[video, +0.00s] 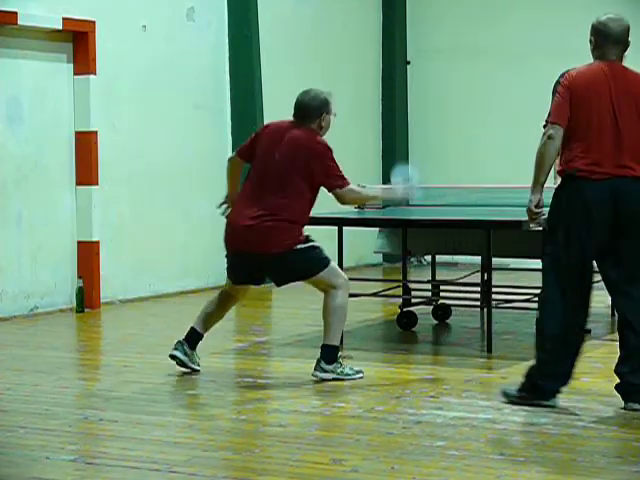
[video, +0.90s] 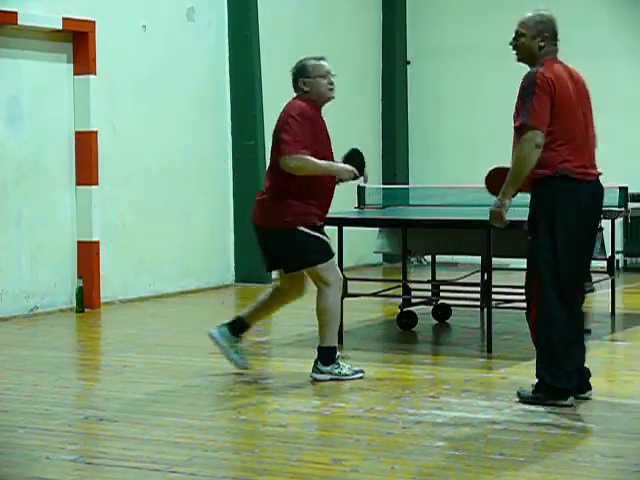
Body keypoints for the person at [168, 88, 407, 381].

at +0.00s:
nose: (331, 121)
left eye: (331, 115)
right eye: (330, 115)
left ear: (297, 113)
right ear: (322, 119)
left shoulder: (268, 131)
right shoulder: (317, 147)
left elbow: (236, 160)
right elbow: (346, 195)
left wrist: (232, 196)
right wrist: (380, 195)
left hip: (238, 236)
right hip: (279, 240)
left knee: (232, 290)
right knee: (338, 285)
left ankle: (187, 345)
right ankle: (329, 362)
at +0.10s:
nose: (331, 111)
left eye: (330, 105)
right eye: (330, 106)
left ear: (298, 107)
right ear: (322, 111)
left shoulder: (271, 124)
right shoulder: (318, 139)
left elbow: (234, 155)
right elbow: (326, 189)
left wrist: (226, 192)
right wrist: (346, 218)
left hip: (245, 229)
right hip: (288, 233)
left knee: (230, 288)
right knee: (339, 285)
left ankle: (192, 345)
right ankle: (330, 360)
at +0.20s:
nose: (330, 115)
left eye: (331, 109)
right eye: (330, 109)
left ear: (298, 105)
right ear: (322, 110)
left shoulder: (268, 122)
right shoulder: (311, 134)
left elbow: (226, 148)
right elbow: (293, 172)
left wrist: (207, 183)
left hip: (243, 226)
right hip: (284, 229)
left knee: (227, 292)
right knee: (335, 284)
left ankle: (191, 353)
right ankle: (330, 360)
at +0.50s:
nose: (329, 112)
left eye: (331, 105)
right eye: (329, 105)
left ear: (300, 101)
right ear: (315, 102)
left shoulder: (271, 122)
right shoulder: (297, 125)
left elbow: (256, 169)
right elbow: (281, 162)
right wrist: (285, 201)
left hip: (238, 222)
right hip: (274, 224)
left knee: (225, 292)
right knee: (326, 281)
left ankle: (190, 356)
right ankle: (327, 360)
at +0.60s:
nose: (334, 105)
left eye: (334, 99)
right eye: (331, 98)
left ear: (308, 99)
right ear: (312, 98)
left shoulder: (279, 121)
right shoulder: (303, 126)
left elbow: (274, 175)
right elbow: (298, 172)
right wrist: (320, 213)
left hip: (245, 223)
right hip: (281, 227)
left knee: (229, 292)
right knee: (331, 281)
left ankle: (191, 356)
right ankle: (327, 361)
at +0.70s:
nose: (338, 96)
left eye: (337, 91)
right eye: (332, 91)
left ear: (309, 95)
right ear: (312, 93)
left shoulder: (290, 118)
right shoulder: (307, 121)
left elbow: (300, 172)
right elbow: (309, 173)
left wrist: (340, 192)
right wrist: (346, 202)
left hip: (255, 220)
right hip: (285, 224)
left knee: (247, 288)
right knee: (334, 282)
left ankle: (197, 349)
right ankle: (327, 362)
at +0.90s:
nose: (332, 81)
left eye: (331, 76)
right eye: (326, 77)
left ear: (311, 84)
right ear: (305, 83)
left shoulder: (308, 113)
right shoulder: (298, 111)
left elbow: (303, 161)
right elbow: (291, 160)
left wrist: (338, 169)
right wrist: (335, 169)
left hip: (276, 217)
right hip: (287, 218)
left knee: (293, 286)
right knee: (331, 281)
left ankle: (232, 331)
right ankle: (327, 361)